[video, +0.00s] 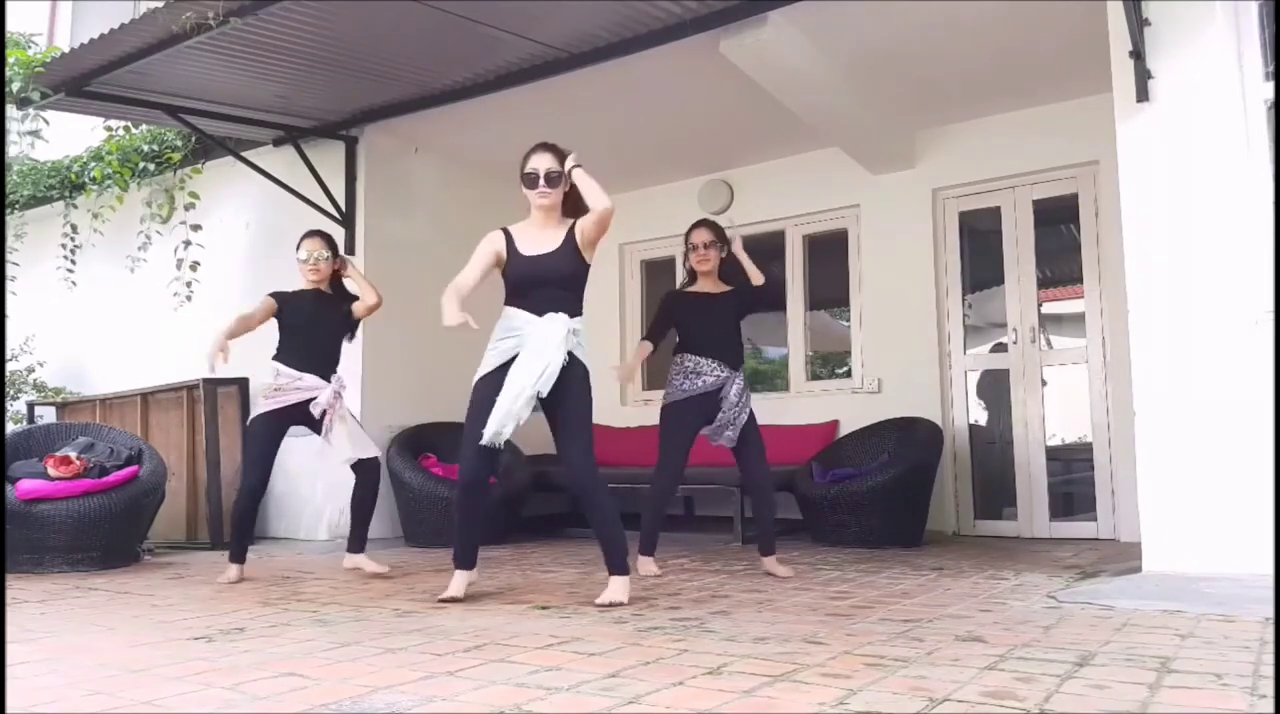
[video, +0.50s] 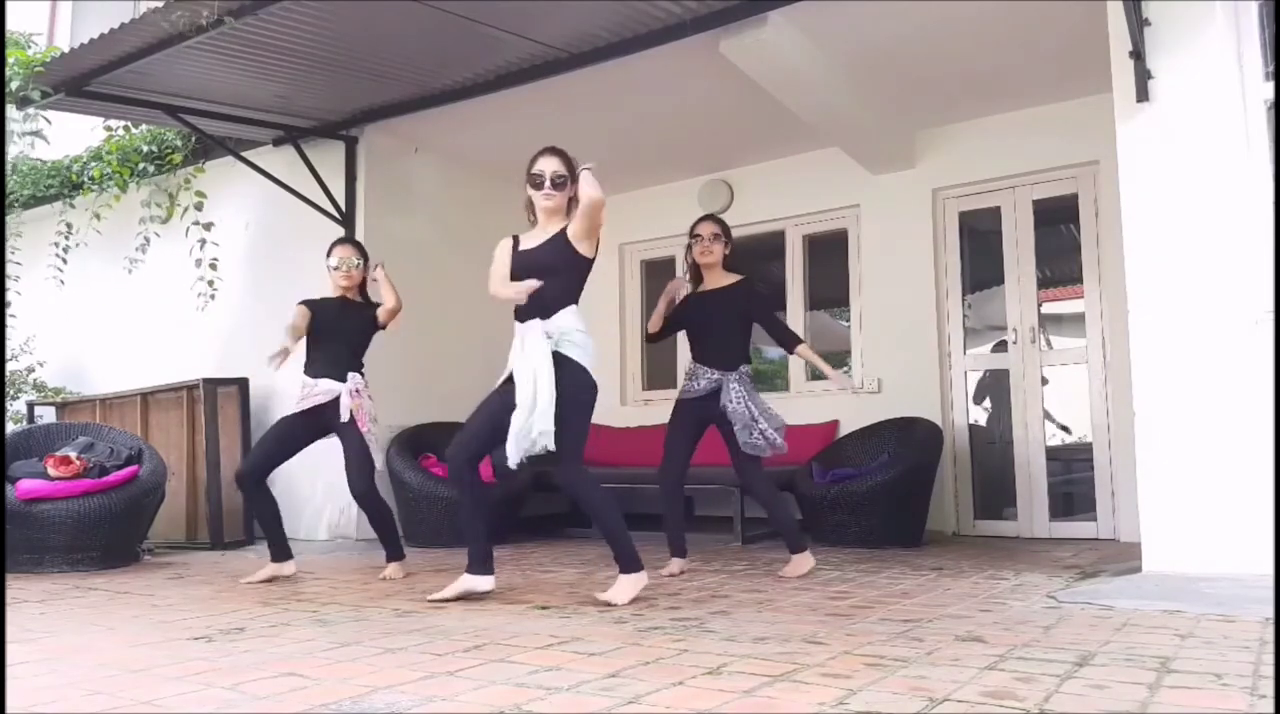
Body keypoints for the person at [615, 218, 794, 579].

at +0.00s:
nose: (702, 252)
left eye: (709, 246)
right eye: (694, 247)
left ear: (721, 250)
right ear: (687, 254)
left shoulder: (736, 293)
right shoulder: (676, 298)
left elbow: (769, 295)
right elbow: (654, 335)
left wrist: (740, 254)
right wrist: (636, 360)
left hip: (730, 389)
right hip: (687, 388)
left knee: (759, 473)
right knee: (669, 472)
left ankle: (768, 555)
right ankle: (645, 554)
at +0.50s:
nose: (705, 244)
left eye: (713, 238)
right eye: (698, 239)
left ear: (726, 246)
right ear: (690, 248)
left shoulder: (743, 289)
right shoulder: (690, 299)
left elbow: (782, 334)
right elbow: (653, 335)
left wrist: (827, 369)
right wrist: (665, 301)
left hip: (732, 391)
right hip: (694, 390)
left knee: (751, 478)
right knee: (670, 475)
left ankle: (800, 553)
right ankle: (677, 557)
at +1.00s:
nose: (727, 235)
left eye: (733, 229)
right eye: (718, 231)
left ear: (745, 236)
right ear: (710, 242)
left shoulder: (766, 289)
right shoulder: (700, 290)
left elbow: (767, 347)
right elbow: (690, 346)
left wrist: (781, 392)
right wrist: (676, 398)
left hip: (750, 389)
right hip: (702, 389)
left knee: (768, 472)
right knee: (688, 474)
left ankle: (785, 555)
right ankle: (678, 557)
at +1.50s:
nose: (751, 239)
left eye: (756, 233)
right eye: (741, 236)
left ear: (765, 242)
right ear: (729, 249)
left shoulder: (775, 296)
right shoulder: (717, 293)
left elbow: (779, 351)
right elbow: (698, 345)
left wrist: (786, 397)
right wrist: (681, 392)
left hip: (761, 393)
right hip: (714, 392)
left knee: (783, 474)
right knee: (697, 474)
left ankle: (788, 556)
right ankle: (678, 557)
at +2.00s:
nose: (696, 251)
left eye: (705, 248)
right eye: (690, 245)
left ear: (712, 259)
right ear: (678, 253)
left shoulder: (727, 300)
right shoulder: (668, 308)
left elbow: (748, 353)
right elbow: (660, 356)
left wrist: (770, 400)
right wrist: (646, 391)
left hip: (734, 394)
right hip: (690, 397)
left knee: (758, 476)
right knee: (663, 478)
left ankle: (786, 555)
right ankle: (661, 559)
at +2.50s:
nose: (737, 254)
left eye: (743, 247)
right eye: (728, 252)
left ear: (755, 253)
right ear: (721, 262)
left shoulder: (777, 301)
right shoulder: (713, 304)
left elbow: (787, 356)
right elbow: (695, 359)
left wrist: (768, 388)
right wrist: (681, 410)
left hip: (759, 399)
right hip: (712, 400)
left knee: (777, 477)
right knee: (686, 476)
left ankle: (782, 557)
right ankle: (665, 558)